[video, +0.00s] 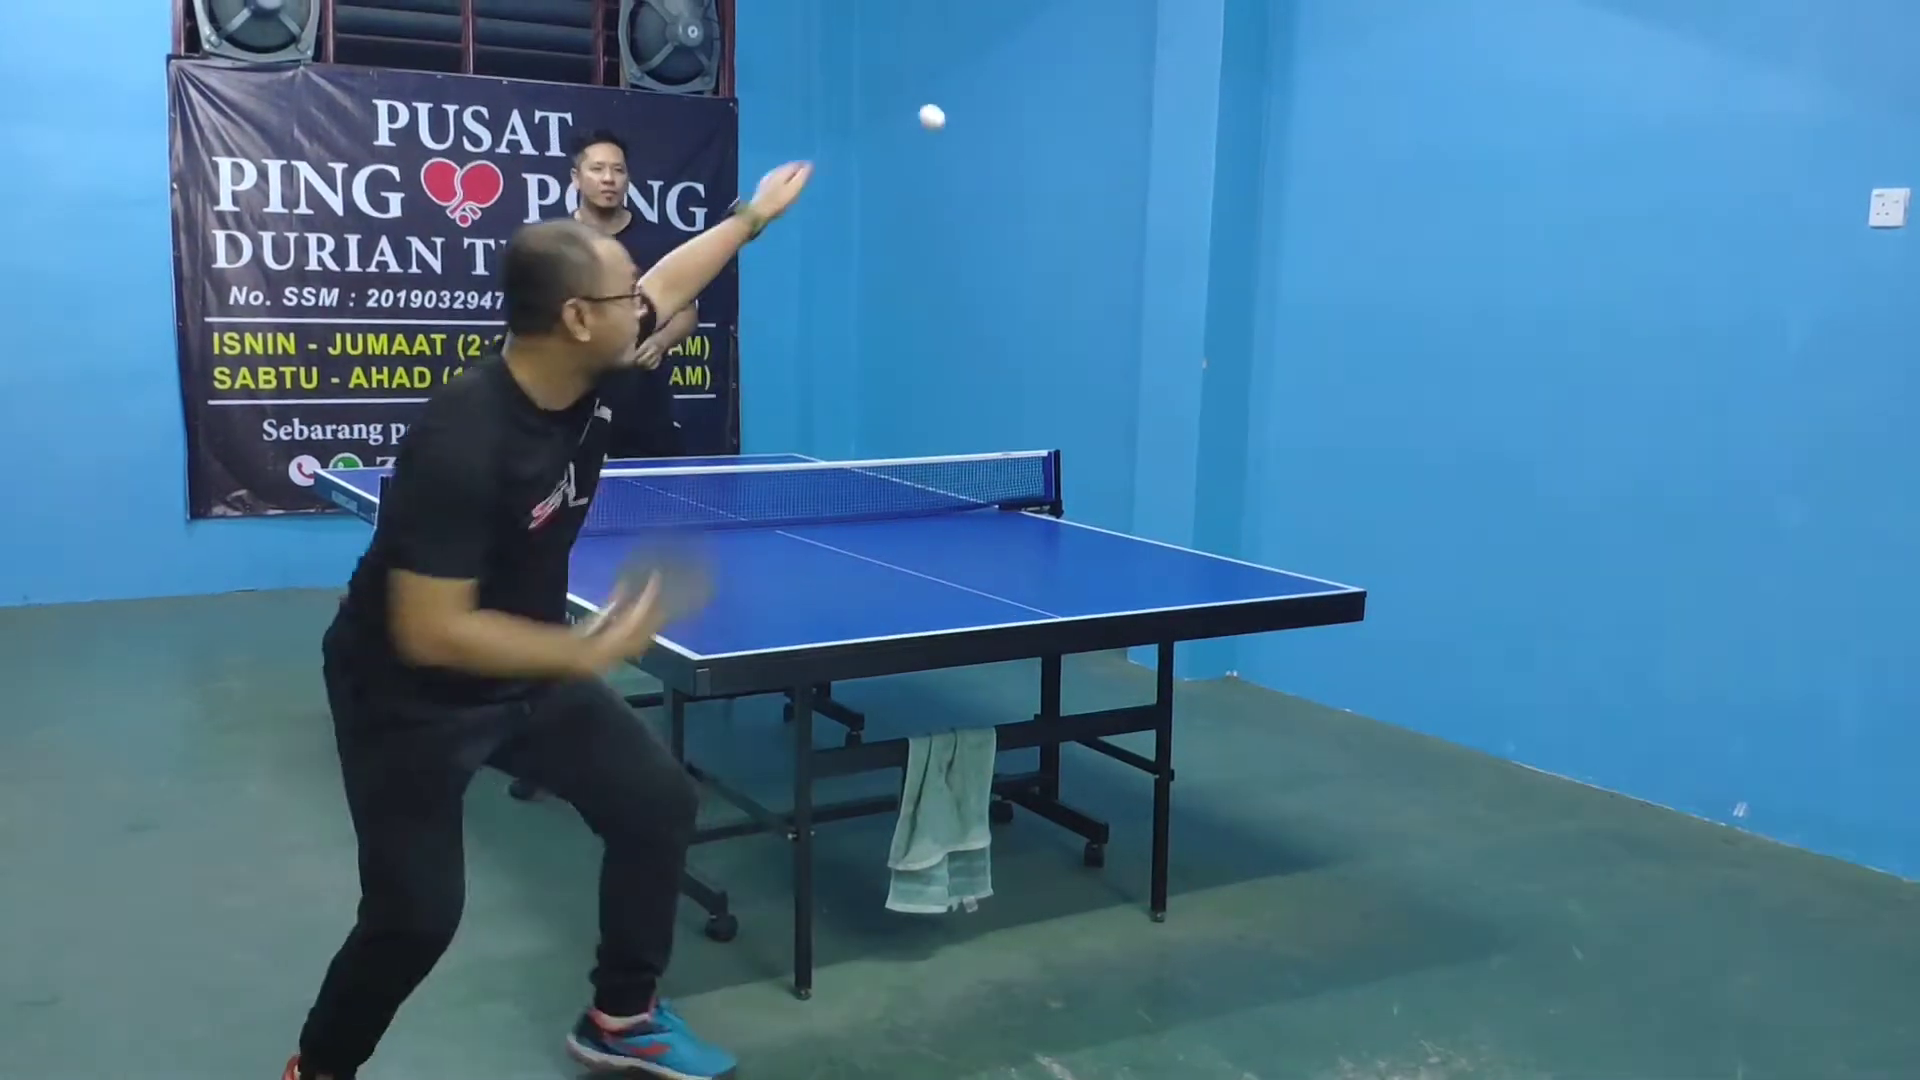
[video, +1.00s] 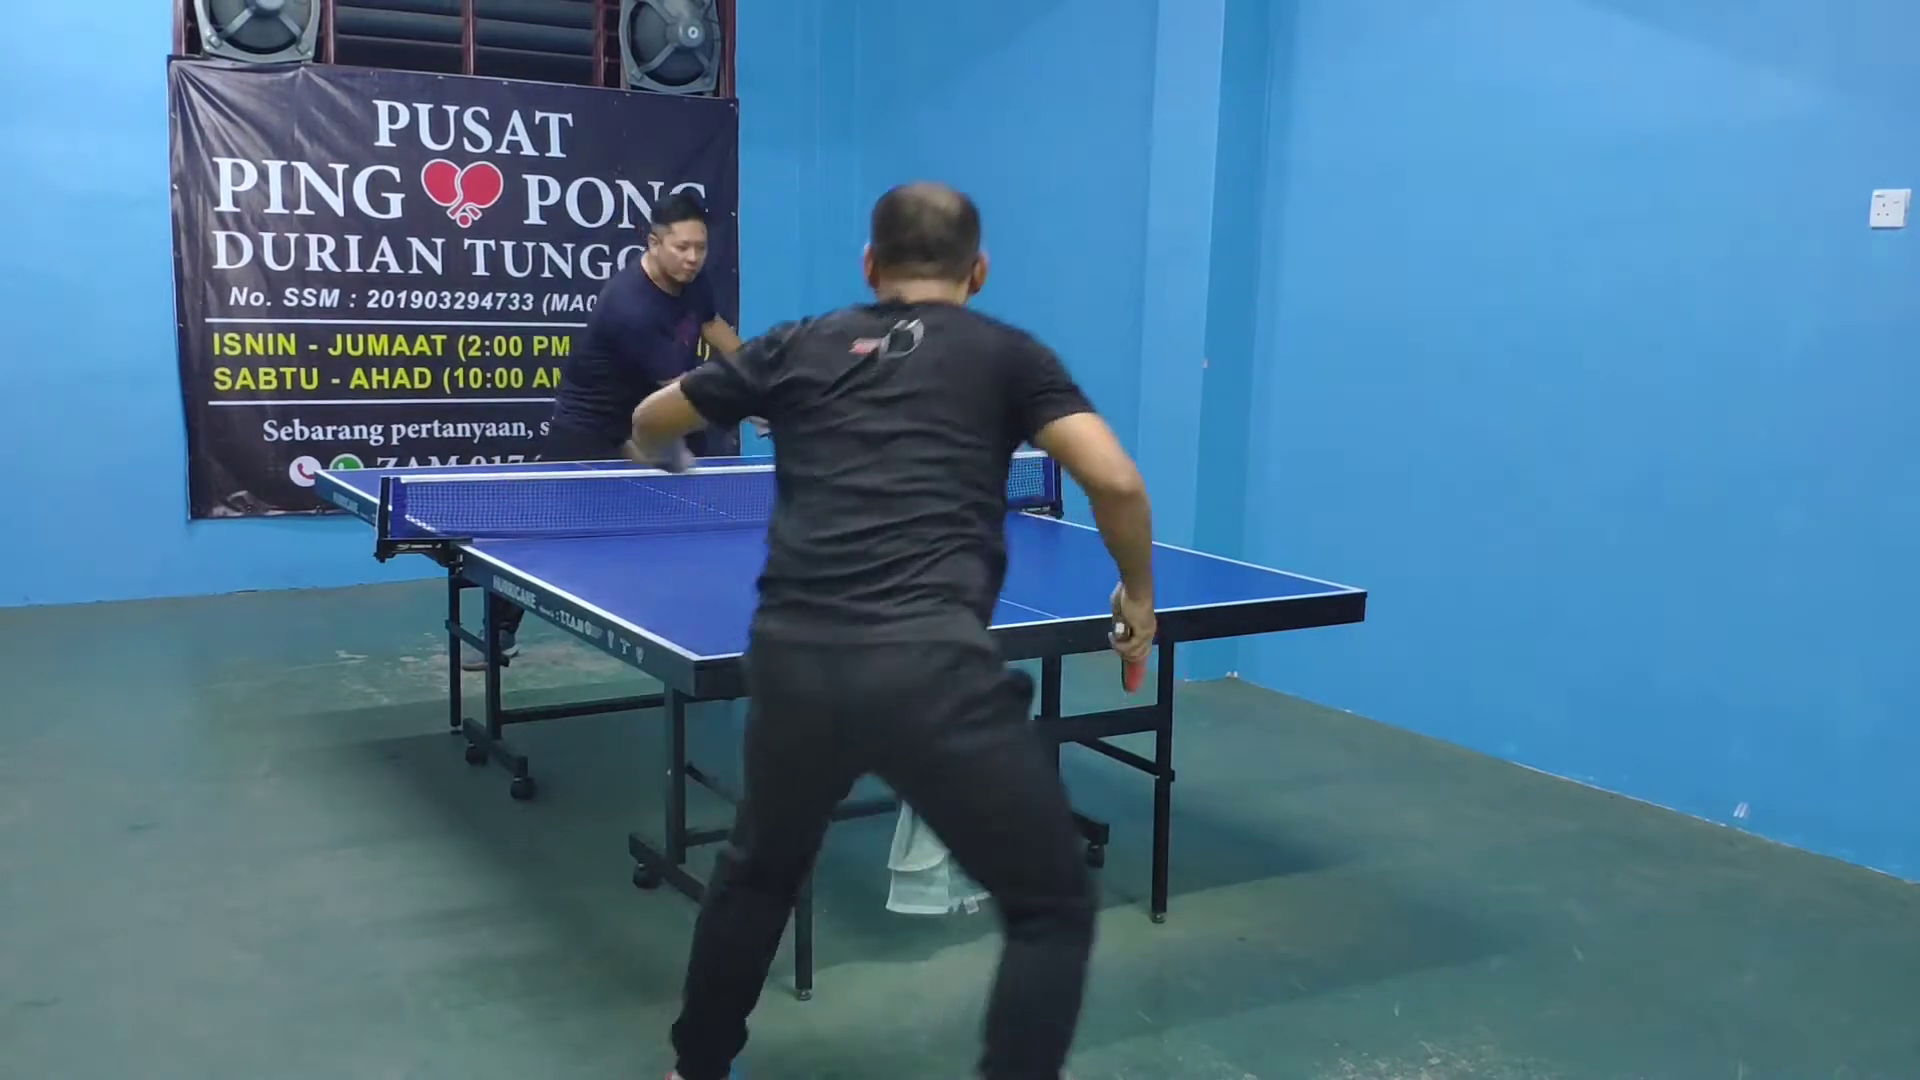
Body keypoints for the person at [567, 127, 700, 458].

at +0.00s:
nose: (609, 179)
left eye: (618, 170)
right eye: (597, 169)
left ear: (627, 179)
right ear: (576, 178)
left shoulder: (658, 240)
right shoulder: (555, 243)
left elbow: (687, 313)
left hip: (643, 397)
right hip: (575, 396)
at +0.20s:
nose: (607, 180)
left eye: (616, 171)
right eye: (595, 170)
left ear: (627, 179)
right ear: (574, 178)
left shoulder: (662, 242)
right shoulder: (544, 245)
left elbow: (687, 310)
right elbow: (515, 316)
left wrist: (653, 360)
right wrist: (539, 369)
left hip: (642, 394)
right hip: (570, 393)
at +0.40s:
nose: (614, 186)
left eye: (623, 177)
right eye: (603, 176)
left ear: (634, 184)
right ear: (581, 182)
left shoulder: (662, 246)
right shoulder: (552, 245)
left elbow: (690, 315)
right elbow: (514, 313)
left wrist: (672, 345)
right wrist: (522, 358)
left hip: (646, 406)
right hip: (570, 406)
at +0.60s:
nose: (630, 194)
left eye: (638, 185)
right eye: (619, 184)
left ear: (648, 189)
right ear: (596, 188)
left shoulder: (674, 249)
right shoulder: (562, 250)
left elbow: (700, 316)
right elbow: (524, 315)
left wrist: (689, 352)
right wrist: (537, 343)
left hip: (652, 414)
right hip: (576, 413)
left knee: (658, 523)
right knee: (538, 519)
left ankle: (655, 631)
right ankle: (501, 628)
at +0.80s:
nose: (658, 217)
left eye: (666, 207)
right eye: (648, 205)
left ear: (673, 208)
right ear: (621, 201)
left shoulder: (682, 262)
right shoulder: (588, 261)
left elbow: (702, 325)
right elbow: (575, 346)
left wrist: (727, 356)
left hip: (654, 424)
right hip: (585, 423)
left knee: (667, 526)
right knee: (541, 520)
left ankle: (671, 628)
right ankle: (501, 627)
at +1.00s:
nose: (692, 258)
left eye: (699, 247)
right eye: (682, 246)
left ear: (706, 247)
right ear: (652, 243)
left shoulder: (692, 280)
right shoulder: (628, 305)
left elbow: (715, 329)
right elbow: (686, 387)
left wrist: (757, 381)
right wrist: (742, 405)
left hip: (653, 426)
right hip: (586, 429)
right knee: (533, 525)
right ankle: (499, 632)